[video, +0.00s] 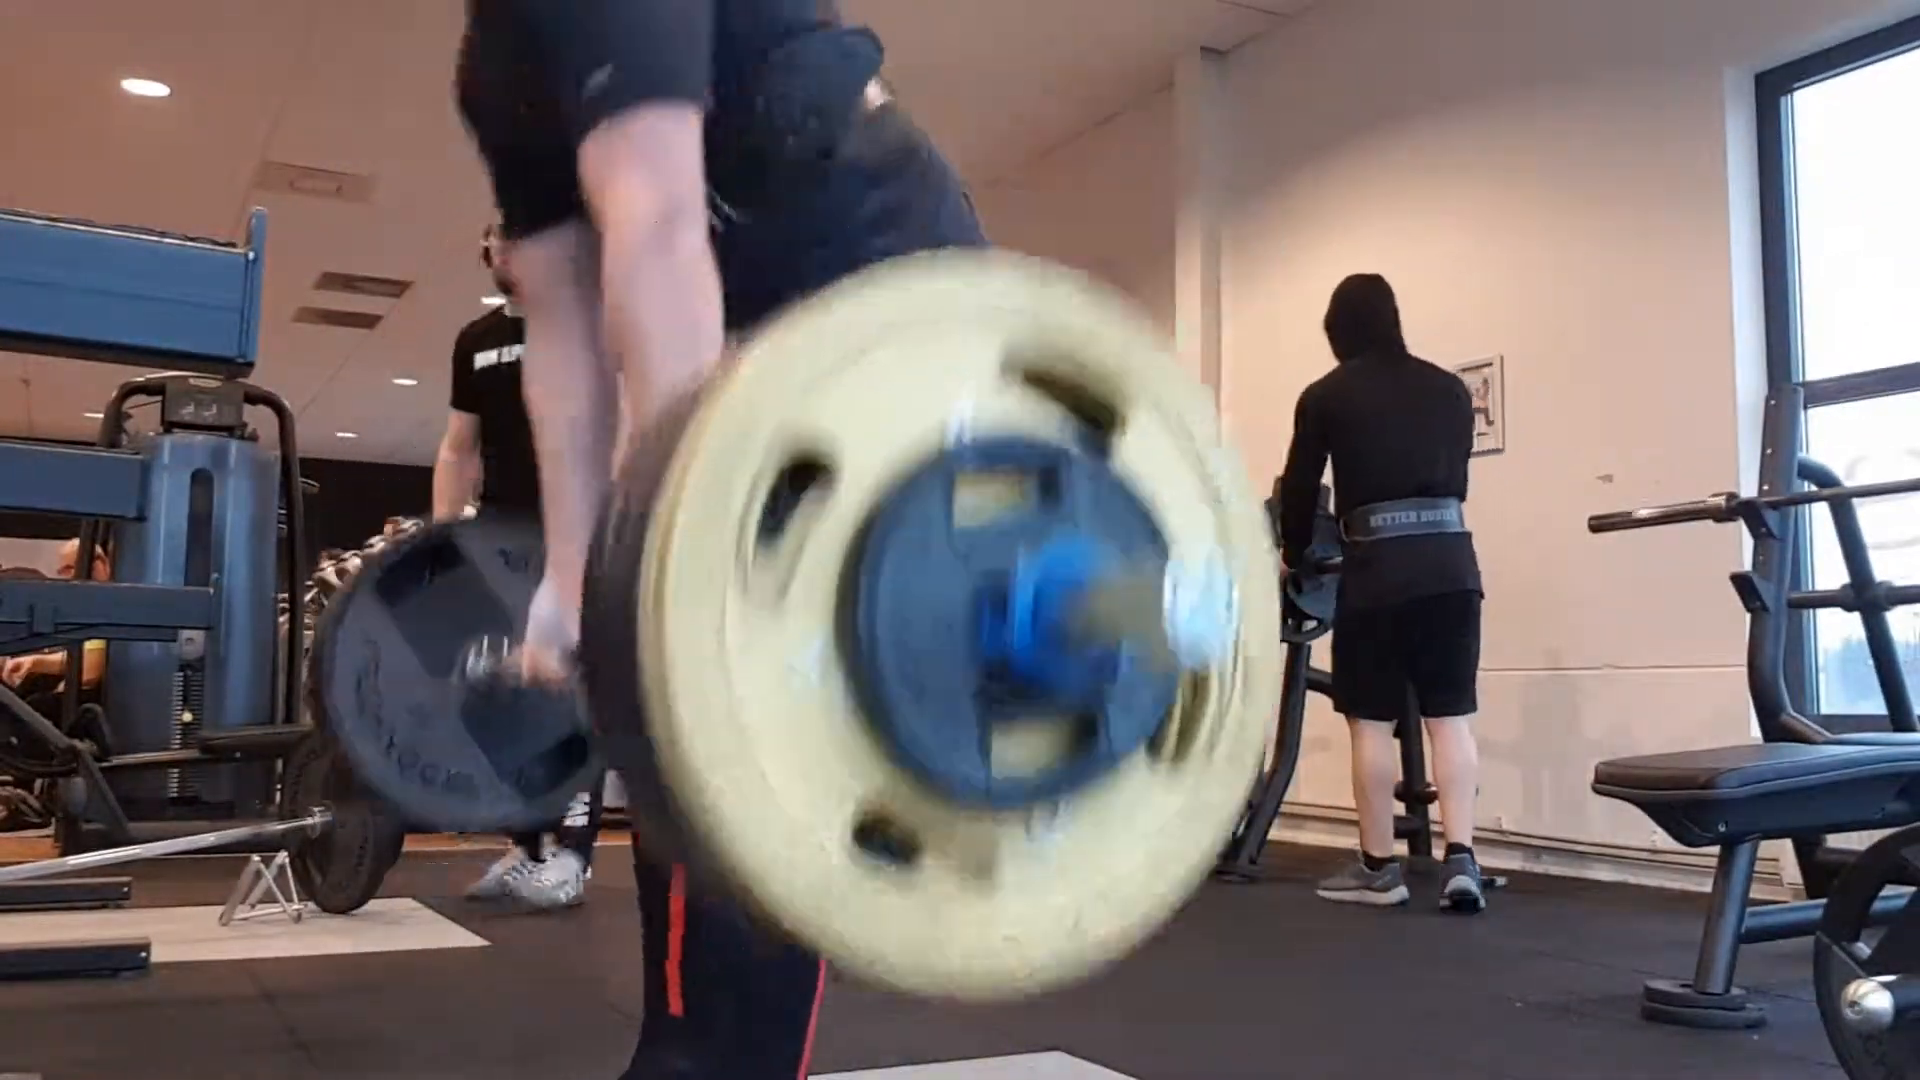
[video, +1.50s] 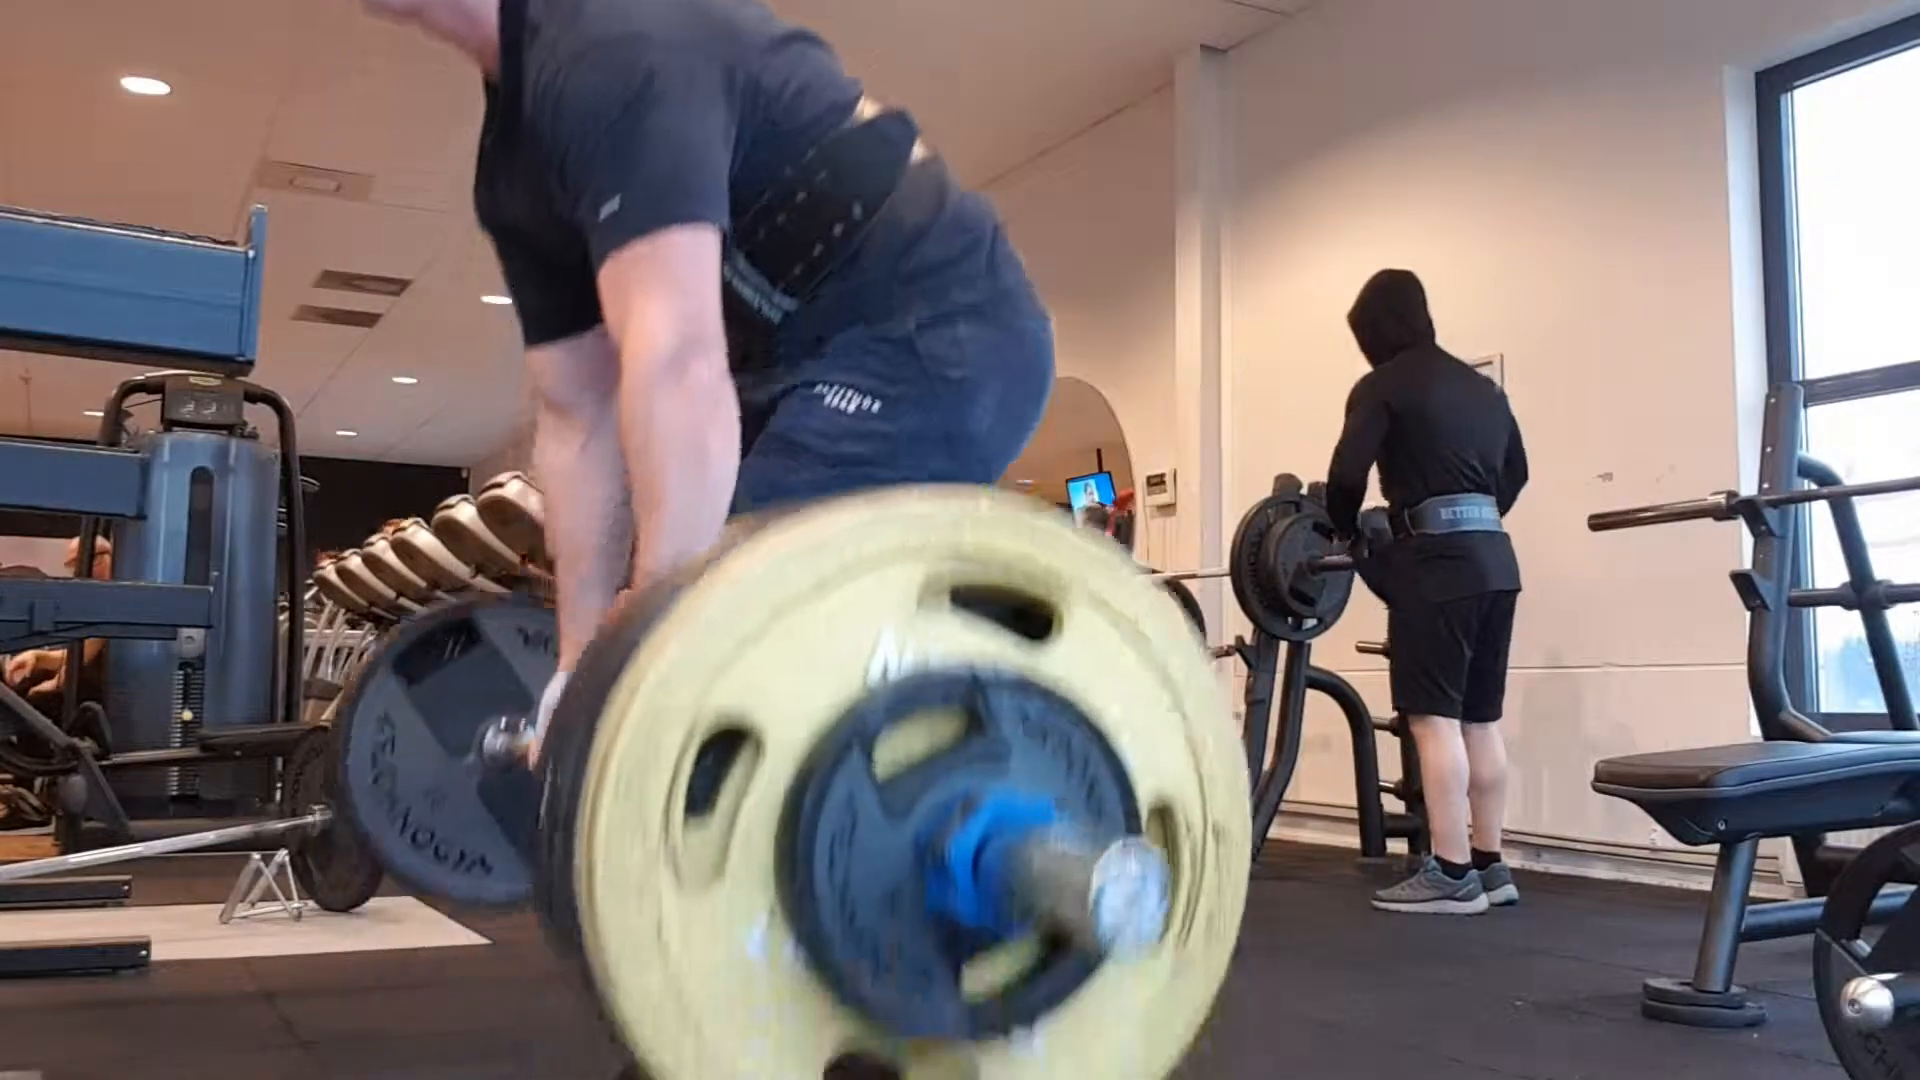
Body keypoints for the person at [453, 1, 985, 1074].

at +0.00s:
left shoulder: (609, 7)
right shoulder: (497, 51)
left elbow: (662, 230)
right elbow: (558, 307)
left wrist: (673, 550)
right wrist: (568, 566)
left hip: (884, 338)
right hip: (771, 352)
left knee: (743, 707)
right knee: (681, 695)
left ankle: (723, 1049)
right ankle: (696, 1040)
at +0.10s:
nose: (265, 65)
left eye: (262, 22)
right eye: (246, 43)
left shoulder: (553, 54)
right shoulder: (465, 170)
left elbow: (636, 384)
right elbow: (539, 434)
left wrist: (660, 685)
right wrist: (556, 707)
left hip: (907, 313)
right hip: (788, 354)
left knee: (733, 678)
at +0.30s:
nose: (277, 418)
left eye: (259, 373)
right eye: (252, 389)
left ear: (310, 309)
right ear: (321, 296)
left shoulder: (546, 307)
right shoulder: (454, 371)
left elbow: (706, 550)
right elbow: (580, 575)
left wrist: (696, 856)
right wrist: (566, 824)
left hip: (941, 430)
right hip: (819, 445)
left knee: (630, 671)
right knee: (554, 662)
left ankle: (711, 965)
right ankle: (630, 994)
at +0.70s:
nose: (281, 245)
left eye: (275, 200)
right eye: (258, 218)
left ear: (353, 135)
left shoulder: (554, 263)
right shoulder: (456, 356)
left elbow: (637, 593)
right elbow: (531, 606)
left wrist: (639, 912)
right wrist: (541, 859)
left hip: (916, 480)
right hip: (796, 498)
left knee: (577, 687)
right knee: (505, 688)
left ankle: (684, 974)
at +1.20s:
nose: (285, 97)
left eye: (300, 54)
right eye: (280, 64)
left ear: (399, 35)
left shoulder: (577, 190)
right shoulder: (477, 288)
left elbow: (654, 521)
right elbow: (550, 538)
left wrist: (647, 832)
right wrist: (558, 790)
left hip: (921, 414)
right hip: (805, 438)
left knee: (613, 663)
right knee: (548, 661)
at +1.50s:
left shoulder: (617, 57)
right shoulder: (512, 160)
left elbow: (681, 365)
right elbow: (574, 413)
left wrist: (661, 651)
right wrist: (582, 668)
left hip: (926, 336)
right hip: (809, 366)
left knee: (737, 646)